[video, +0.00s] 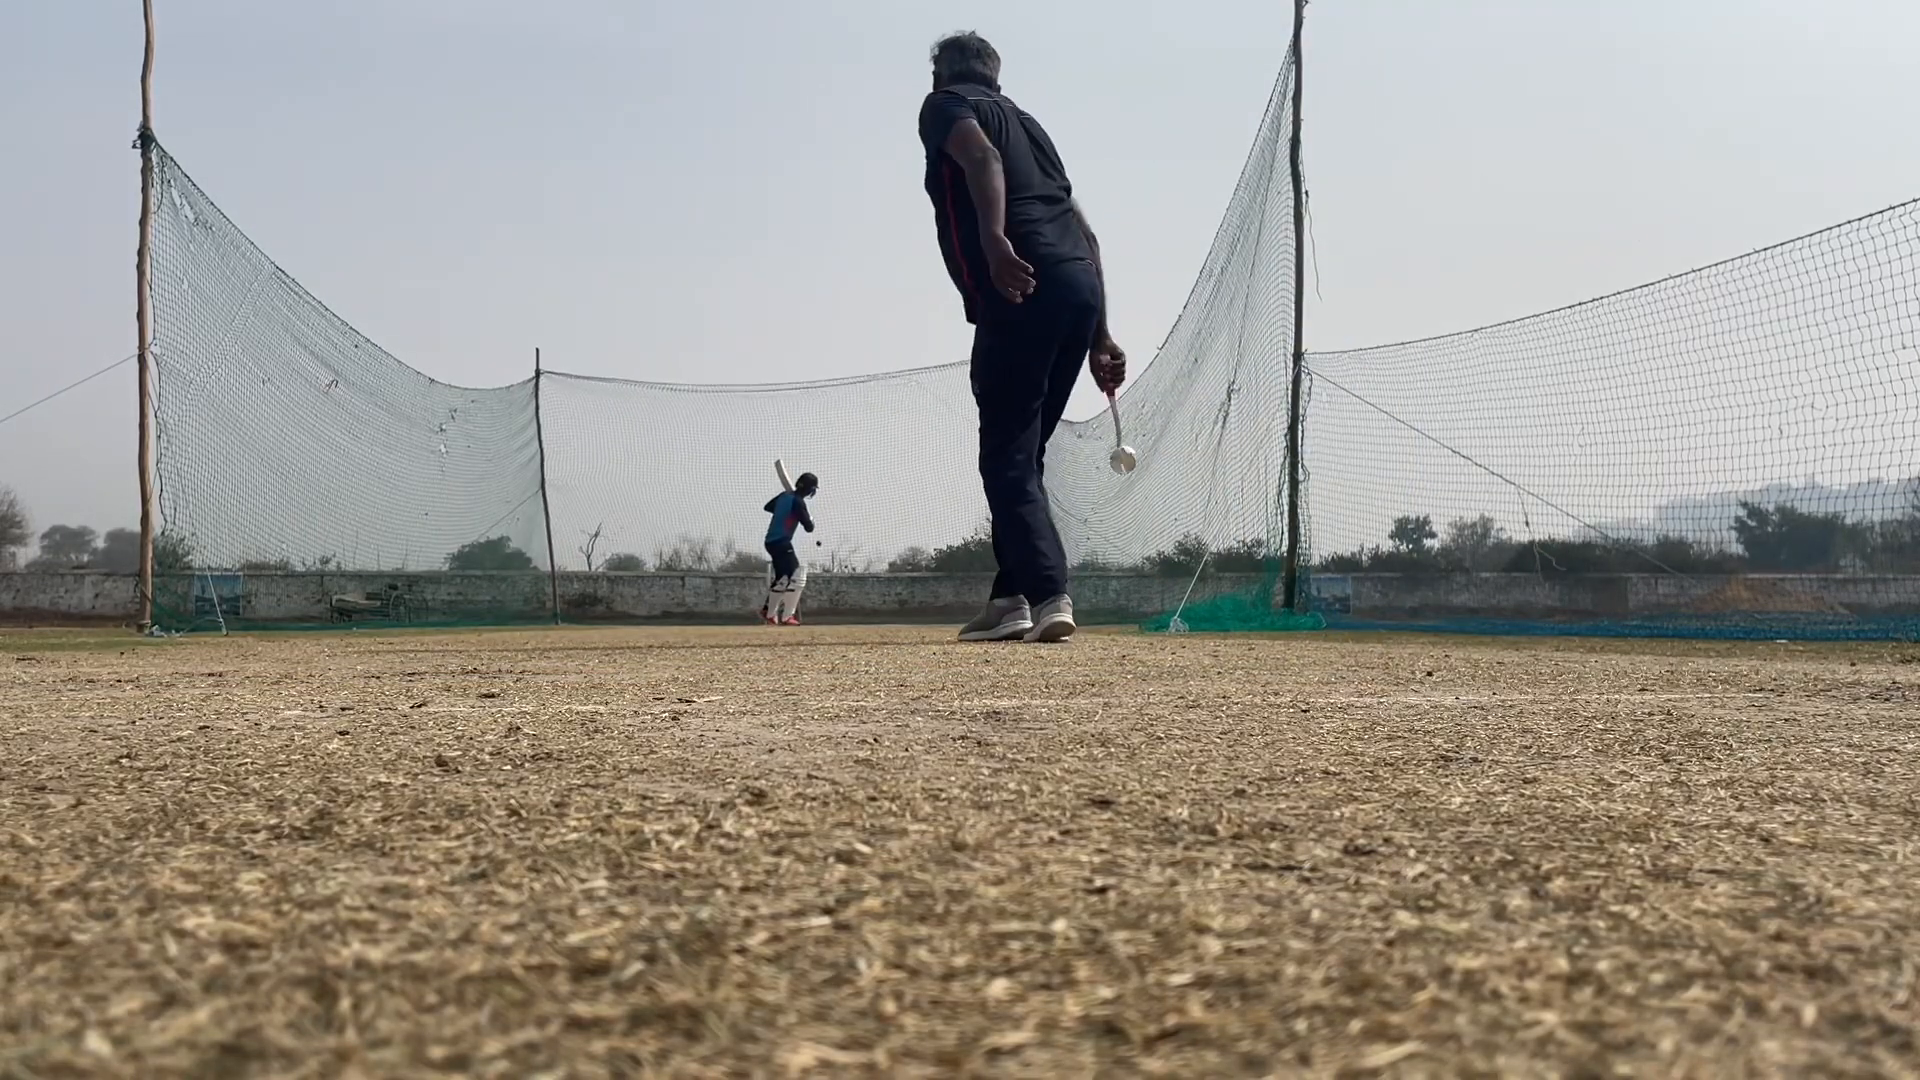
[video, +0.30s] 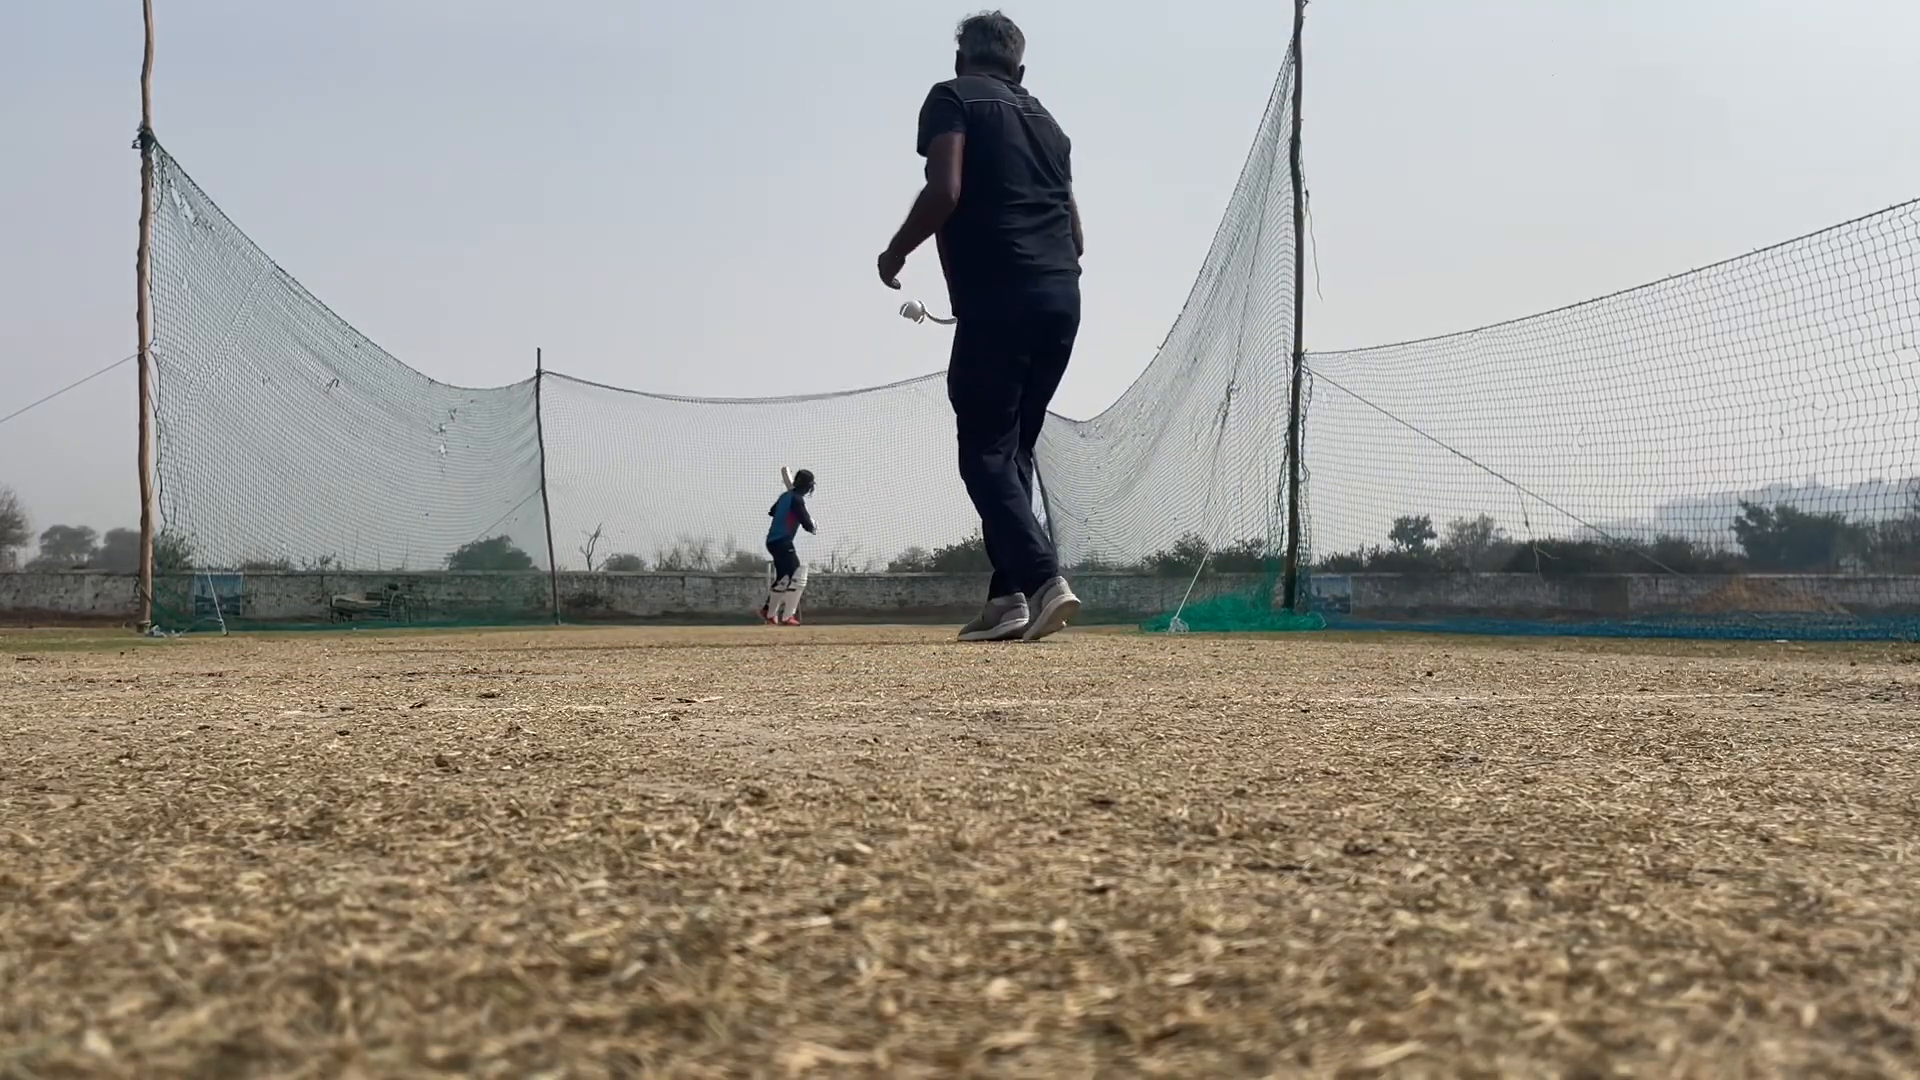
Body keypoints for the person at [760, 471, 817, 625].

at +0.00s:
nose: (814, 492)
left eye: (815, 489)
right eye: (813, 488)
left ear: (799, 484)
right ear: (808, 488)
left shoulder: (784, 495)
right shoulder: (798, 501)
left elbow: (768, 507)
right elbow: (808, 527)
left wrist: (784, 512)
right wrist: (809, 521)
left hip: (771, 541)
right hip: (782, 542)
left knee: (782, 577)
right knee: (797, 575)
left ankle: (770, 613)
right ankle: (788, 615)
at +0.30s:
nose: (812, 488)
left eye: (813, 484)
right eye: (812, 484)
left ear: (796, 482)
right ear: (807, 485)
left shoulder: (785, 496)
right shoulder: (797, 499)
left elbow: (772, 512)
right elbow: (807, 523)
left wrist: (789, 516)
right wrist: (813, 526)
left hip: (773, 541)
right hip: (783, 541)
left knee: (782, 576)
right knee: (797, 575)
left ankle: (770, 611)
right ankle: (788, 615)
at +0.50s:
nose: (805, 482)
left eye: (805, 479)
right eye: (804, 479)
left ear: (789, 479)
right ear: (799, 480)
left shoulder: (784, 494)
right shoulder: (791, 495)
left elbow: (794, 520)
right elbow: (799, 519)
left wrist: (807, 534)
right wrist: (811, 533)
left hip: (775, 539)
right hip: (783, 539)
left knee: (783, 576)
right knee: (797, 574)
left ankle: (771, 613)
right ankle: (788, 615)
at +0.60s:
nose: (801, 480)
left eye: (801, 477)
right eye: (799, 477)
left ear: (786, 478)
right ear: (793, 479)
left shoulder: (781, 494)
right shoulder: (788, 495)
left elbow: (787, 521)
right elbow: (795, 517)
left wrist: (799, 538)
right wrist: (808, 534)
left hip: (777, 538)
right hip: (783, 538)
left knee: (783, 574)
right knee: (796, 572)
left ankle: (769, 610)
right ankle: (788, 615)